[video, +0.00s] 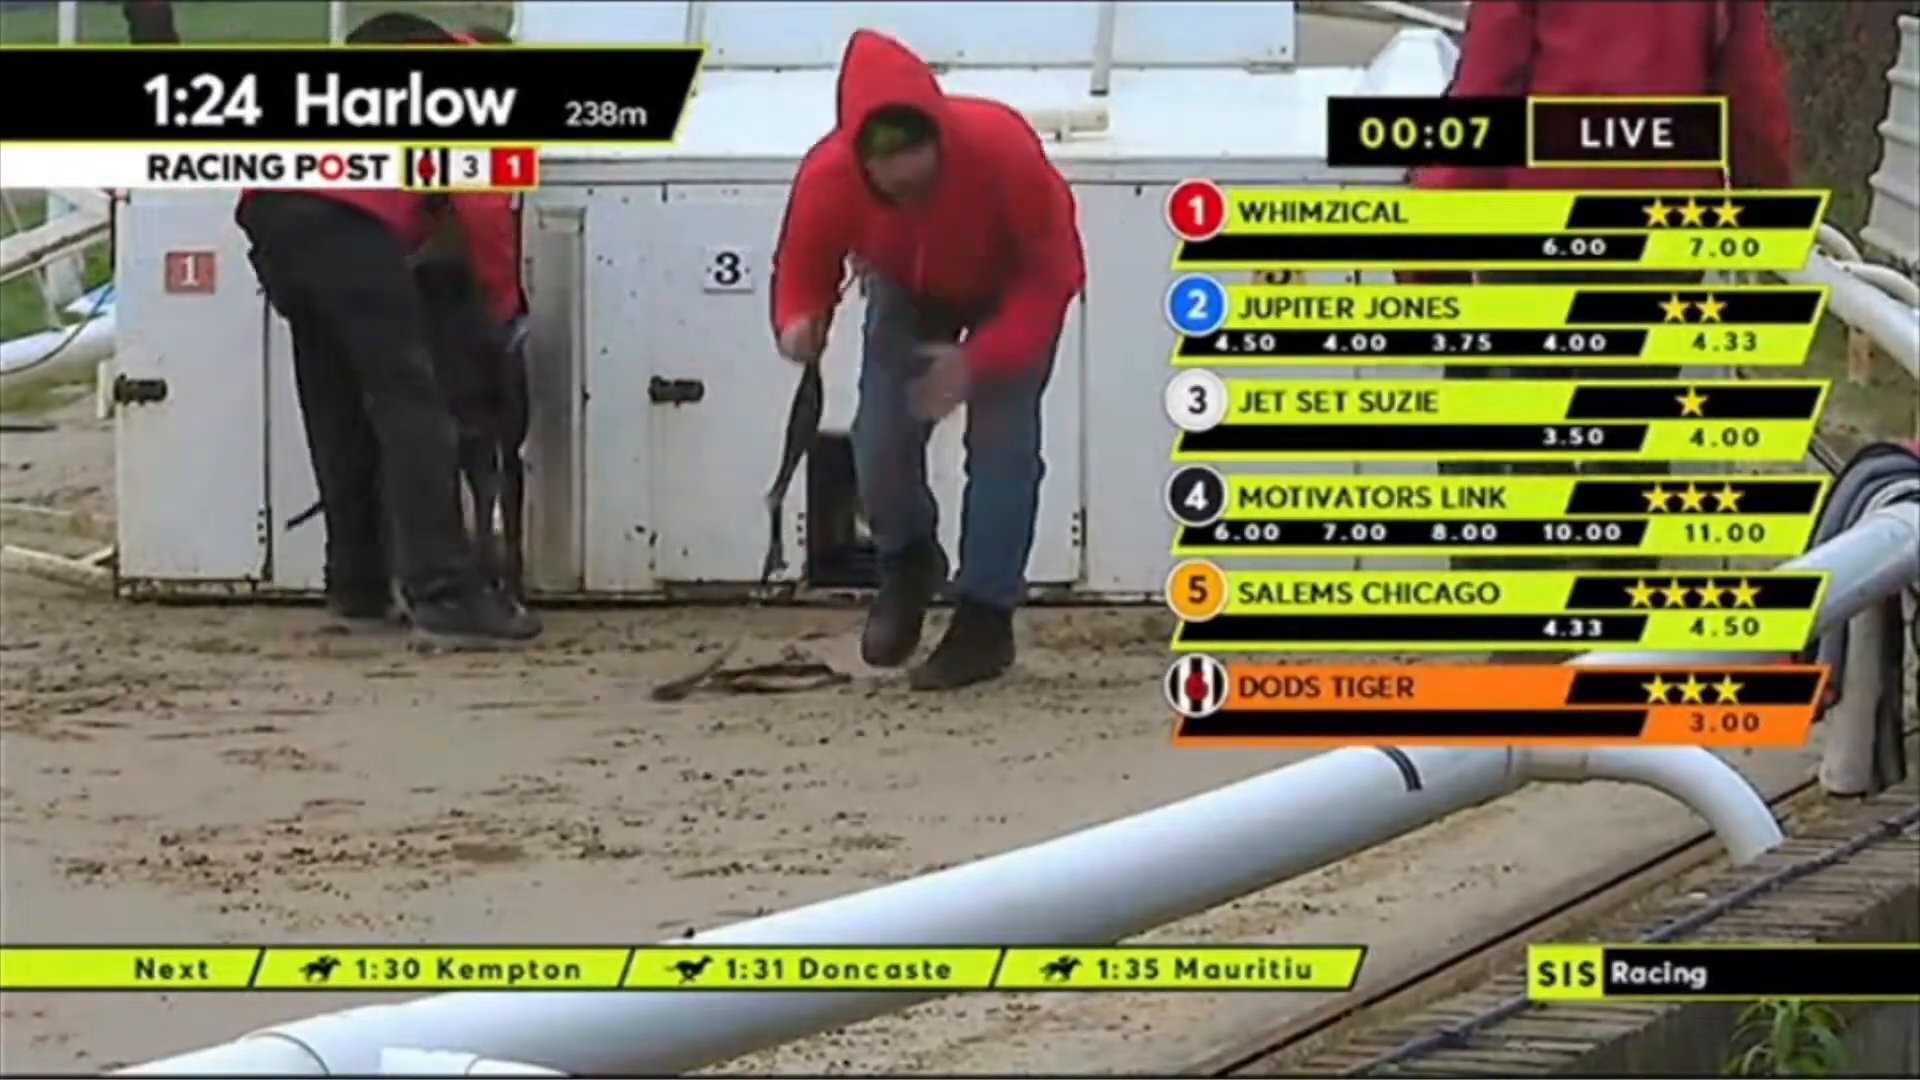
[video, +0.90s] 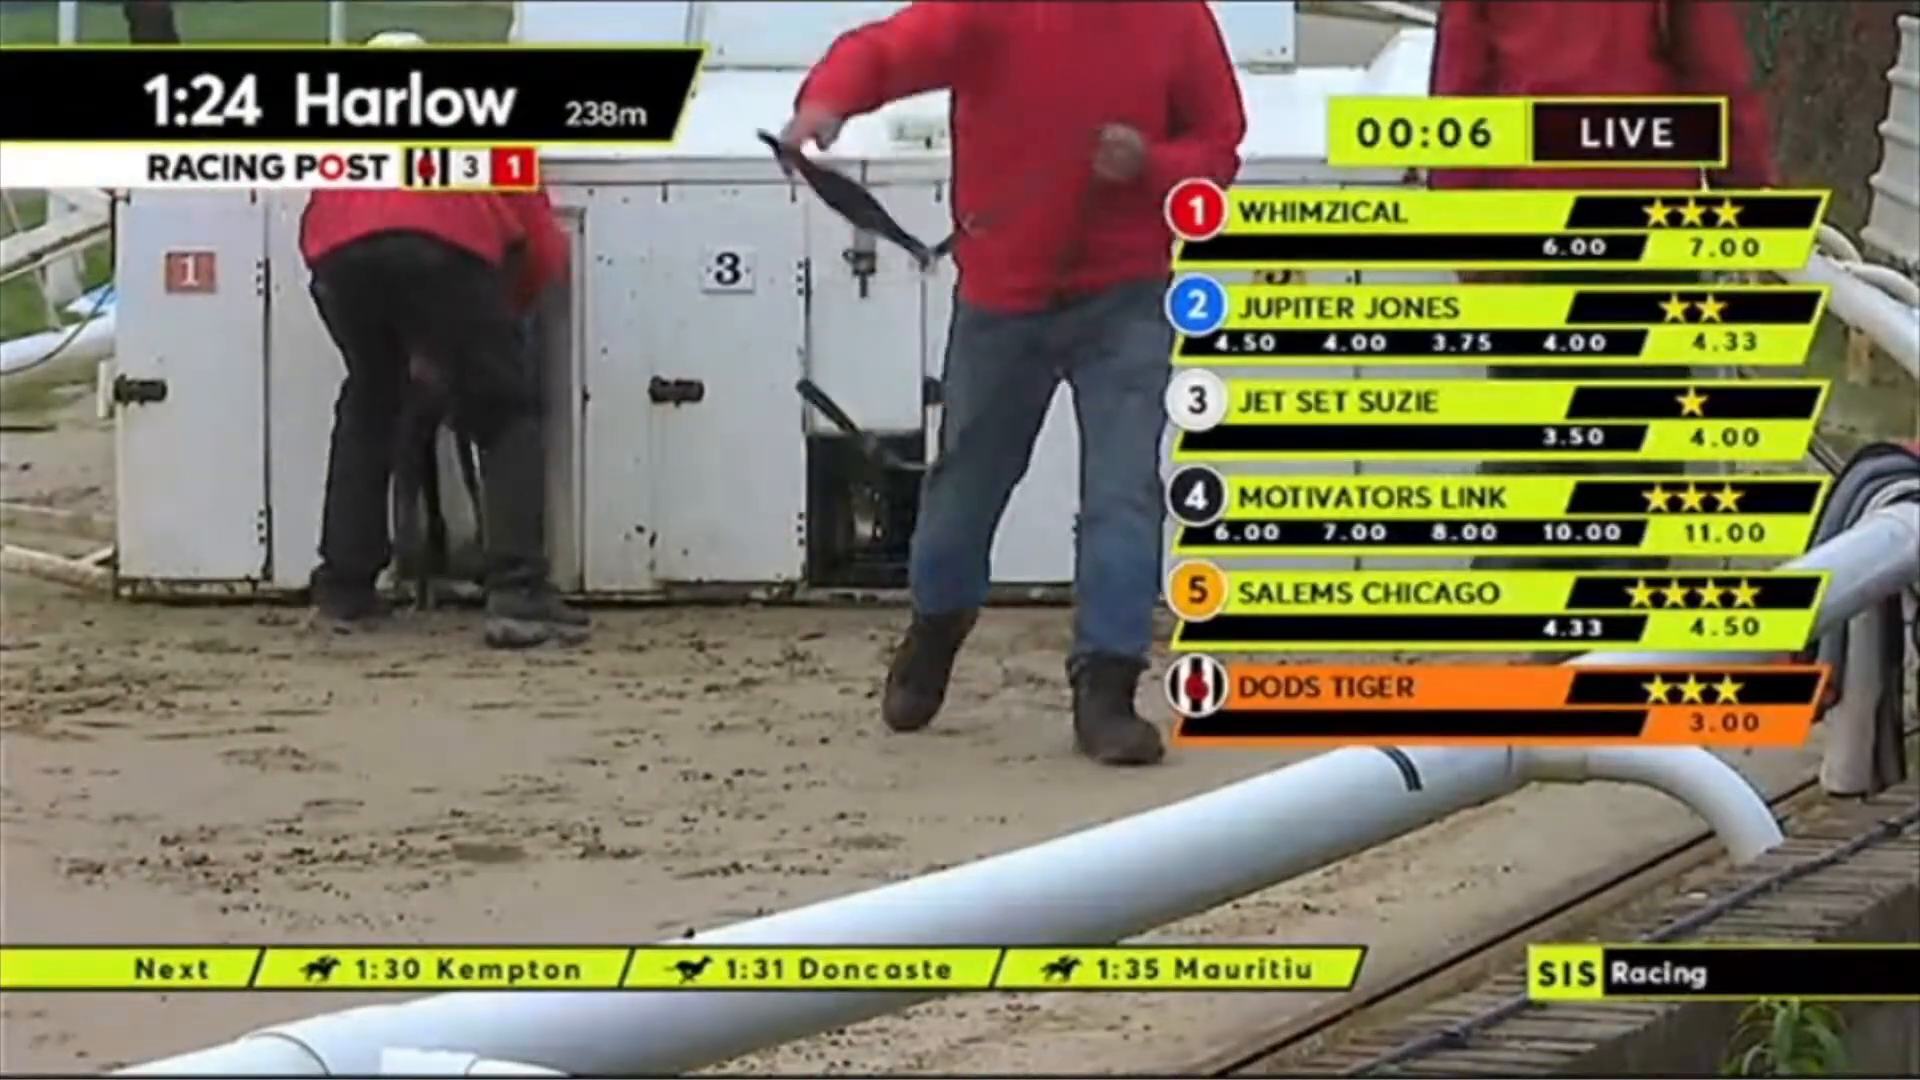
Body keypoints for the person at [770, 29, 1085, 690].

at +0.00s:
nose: (905, 196)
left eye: (917, 181)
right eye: (890, 188)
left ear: (939, 142)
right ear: (861, 159)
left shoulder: (1003, 151)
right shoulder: (829, 176)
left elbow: (1054, 273)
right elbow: (802, 267)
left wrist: (976, 360)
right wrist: (799, 320)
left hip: (1011, 288)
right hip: (907, 290)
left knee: (1001, 448)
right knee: (881, 443)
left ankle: (985, 619)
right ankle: (907, 564)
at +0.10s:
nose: (916, 100)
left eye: (929, 80)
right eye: (896, 84)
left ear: (953, 74)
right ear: (871, 85)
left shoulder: (1003, 115)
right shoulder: (837, 129)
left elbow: (1027, 254)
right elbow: (787, 249)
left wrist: (914, 321)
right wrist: (819, 262)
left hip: (1012, 259)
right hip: (906, 269)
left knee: (1001, 429)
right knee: (896, 428)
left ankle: (982, 618)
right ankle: (907, 615)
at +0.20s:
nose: (933, 43)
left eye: (948, 24)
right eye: (914, 27)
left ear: (970, 25)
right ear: (886, 31)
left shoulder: (1011, 81)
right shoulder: (848, 86)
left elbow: (1024, 228)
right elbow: (774, 229)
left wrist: (890, 269)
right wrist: (814, 198)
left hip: (1014, 269)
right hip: (903, 269)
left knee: (998, 430)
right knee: (906, 427)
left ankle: (980, 613)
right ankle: (904, 624)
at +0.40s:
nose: (937, 2)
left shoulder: (1032, 41)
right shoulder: (865, 45)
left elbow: (1051, 194)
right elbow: (750, 160)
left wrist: (930, 196)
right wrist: (767, 85)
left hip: (1027, 291)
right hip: (916, 285)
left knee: (1004, 468)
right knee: (920, 455)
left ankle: (980, 611)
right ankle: (922, 660)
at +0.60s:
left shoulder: (1082, 11)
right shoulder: (879, 12)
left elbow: (1112, 127)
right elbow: (792, 49)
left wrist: (996, 188)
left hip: (1053, 261)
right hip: (933, 265)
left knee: (1055, 442)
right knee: (924, 463)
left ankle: (1025, 626)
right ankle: (923, 662)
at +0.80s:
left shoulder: (1130, 14)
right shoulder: (934, 11)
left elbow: (1169, 137)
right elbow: (842, 31)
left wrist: (1098, 192)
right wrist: (783, 4)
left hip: (1089, 278)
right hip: (968, 280)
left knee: (1094, 463)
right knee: (948, 464)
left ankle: (1105, 659)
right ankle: (932, 651)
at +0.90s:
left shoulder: (1179, 16)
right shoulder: (986, 12)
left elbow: (1220, 148)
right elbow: (879, 49)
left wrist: (1151, 160)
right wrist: (822, 106)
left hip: (1128, 289)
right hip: (1003, 289)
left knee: (1125, 488)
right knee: (970, 468)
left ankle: (1107, 692)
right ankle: (938, 623)